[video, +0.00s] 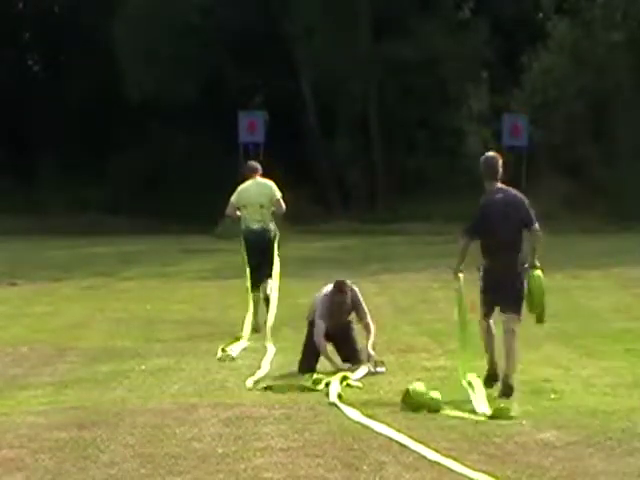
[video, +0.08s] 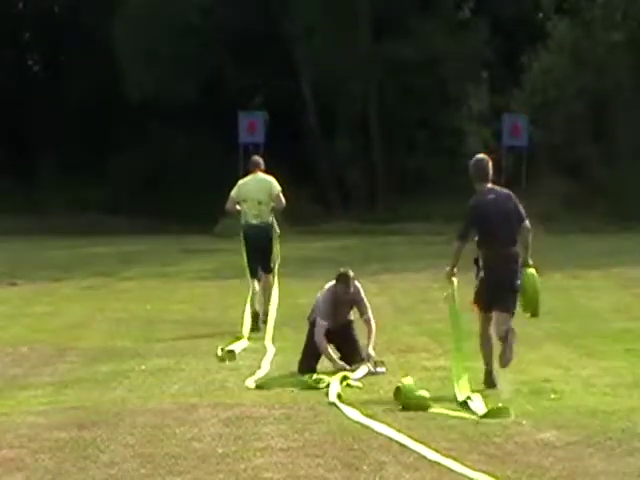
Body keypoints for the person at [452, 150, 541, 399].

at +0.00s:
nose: (489, 175)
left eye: (486, 171)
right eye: (497, 169)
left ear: (482, 173)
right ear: (502, 171)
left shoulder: (484, 203)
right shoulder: (518, 199)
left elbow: (468, 238)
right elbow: (535, 231)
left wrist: (458, 265)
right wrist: (533, 260)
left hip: (491, 269)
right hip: (514, 269)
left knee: (485, 318)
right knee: (511, 324)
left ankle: (492, 364)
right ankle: (508, 376)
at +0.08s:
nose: (477, 178)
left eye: (473, 174)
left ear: (472, 175)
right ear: (492, 173)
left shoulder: (476, 203)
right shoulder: (508, 197)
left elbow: (463, 239)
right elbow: (526, 228)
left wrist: (453, 266)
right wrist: (527, 258)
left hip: (488, 263)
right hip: (511, 261)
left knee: (485, 323)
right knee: (502, 321)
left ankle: (489, 372)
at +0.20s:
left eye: (469, 177)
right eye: (480, 175)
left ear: (465, 179)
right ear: (484, 177)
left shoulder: (465, 206)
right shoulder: (499, 199)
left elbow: (452, 242)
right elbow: (516, 227)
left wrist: (443, 275)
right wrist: (517, 256)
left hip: (479, 262)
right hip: (502, 259)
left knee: (478, 319)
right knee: (492, 309)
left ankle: (489, 370)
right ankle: (494, 358)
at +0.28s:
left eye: (461, 182)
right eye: (472, 180)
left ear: (458, 183)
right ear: (477, 181)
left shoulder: (457, 210)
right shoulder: (492, 200)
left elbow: (447, 248)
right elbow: (511, 225)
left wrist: (437, 280)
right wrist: (512, 255)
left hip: (470, 262)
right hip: (493, 259)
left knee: (473, 313)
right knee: (485, 313)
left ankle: (479, 345)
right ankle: (478, 365)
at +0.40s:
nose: (444, 203)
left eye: (444, 199)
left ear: (444, 198)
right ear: (461, 194)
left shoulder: (451, 219)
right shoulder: (480, 207)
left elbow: (438, 259)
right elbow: (502, 224)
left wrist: (427, 293)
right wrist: (503, 257)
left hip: (469, 269)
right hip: (489, 267)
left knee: (459, 311)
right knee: (482, 323)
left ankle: (462, 350)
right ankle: (472, 370)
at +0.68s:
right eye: (452, 182)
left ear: (437, 187)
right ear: (454, 183)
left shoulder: (433, 210)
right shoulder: (468, 200)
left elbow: (432, 241)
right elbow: (483, 221)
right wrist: (488, 244)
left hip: (447, 254)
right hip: (467, 251)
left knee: (452, 305)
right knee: (469, 301)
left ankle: (458, 344)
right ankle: (467, 345)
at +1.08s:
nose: (437, 179)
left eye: (433, 176)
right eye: (439, 175)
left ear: (423, 177)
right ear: (440, 176)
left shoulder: (418, 200)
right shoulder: (451, 197)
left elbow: (406, 223)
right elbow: (467, 219)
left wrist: (407, 244)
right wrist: (473, 242)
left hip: (431, 247)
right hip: (452, 246)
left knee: (430, 296)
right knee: (449, 291)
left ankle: (433, 341)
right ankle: (453, 330)